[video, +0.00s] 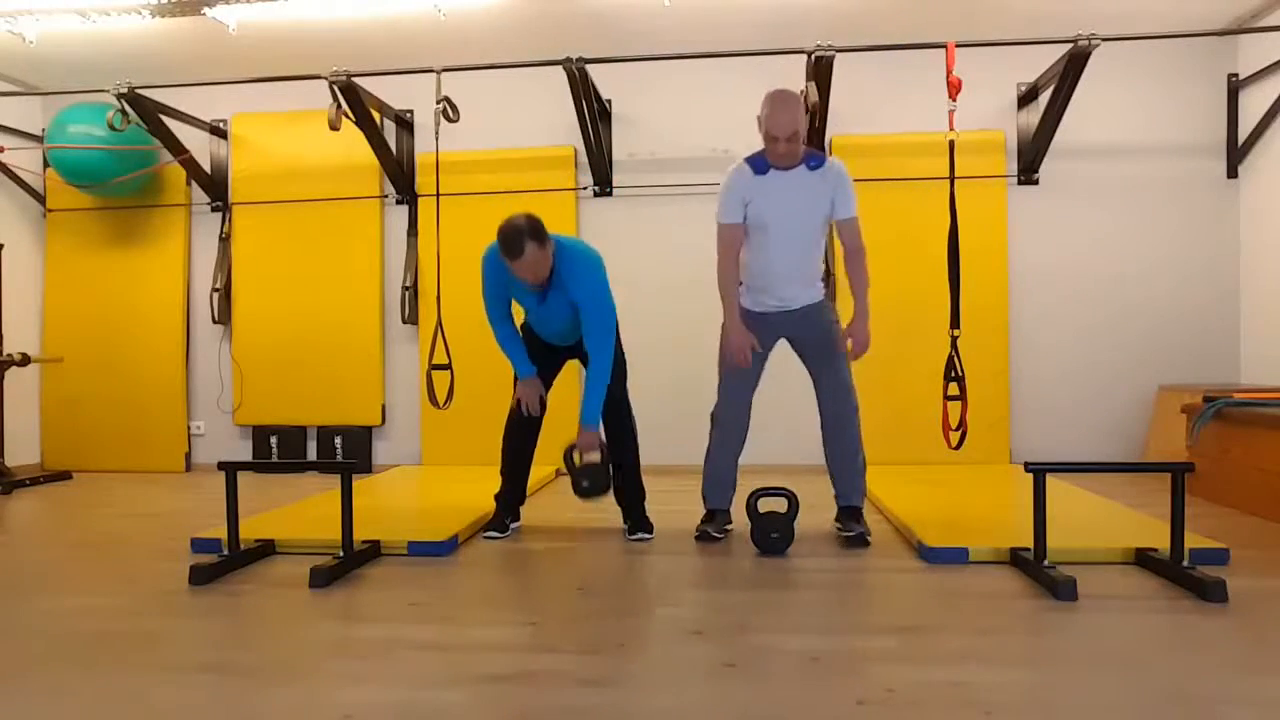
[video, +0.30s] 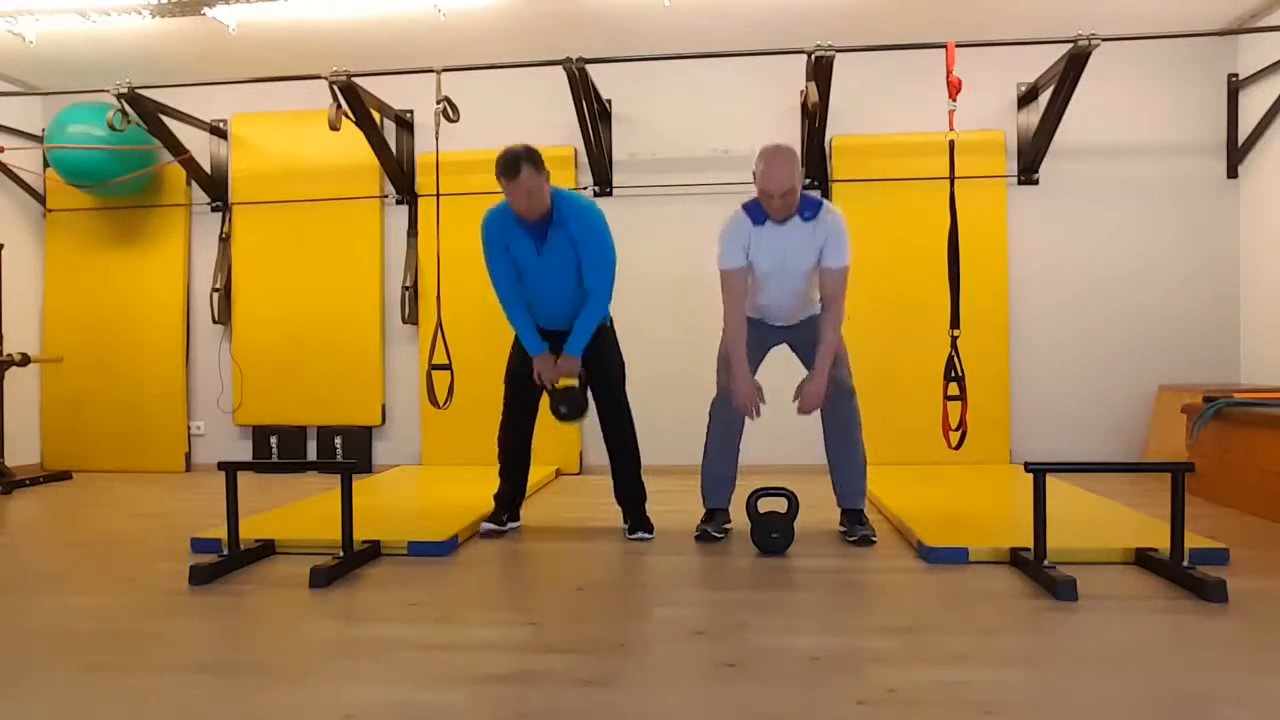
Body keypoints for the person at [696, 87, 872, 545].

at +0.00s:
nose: (785, 146)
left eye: (793, 137)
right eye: (776, 138)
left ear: (805, 129)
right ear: (760, 129)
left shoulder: (831, 174)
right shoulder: (741, 179)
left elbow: (852, 247)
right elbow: (727, 254)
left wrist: (860, 315)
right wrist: (731, 321)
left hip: (812, 311)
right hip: (752, 313)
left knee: (841, 404)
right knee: (729, 409)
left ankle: (850, 509)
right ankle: (717, 510)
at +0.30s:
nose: (777, 203)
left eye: (786, 194)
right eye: (767, 195)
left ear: (801, 182)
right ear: (754, 184)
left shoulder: (829, 221)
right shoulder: (738, 227)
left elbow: (833, 304)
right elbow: (734, 309)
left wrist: (820, 374)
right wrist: (740, 374)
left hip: (809, 322)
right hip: (752, 324)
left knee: (840, 394)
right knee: (727, 399)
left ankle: (853, 510)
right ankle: (716, 509)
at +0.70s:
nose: (772, 275)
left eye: (781, 266)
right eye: (763, 266)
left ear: (797, 249)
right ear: (750, 248)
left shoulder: (824, 282)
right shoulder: (733, 285)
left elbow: (817, 364)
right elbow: (739, 365)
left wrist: (798, 436)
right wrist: (753, 434)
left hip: (805, 344)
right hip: (751, 345)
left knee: (839, 397)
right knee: (722, 401)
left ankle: (853, 511)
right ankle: (712, 509)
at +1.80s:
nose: (774, 211)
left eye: (784, 202)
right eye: (767, 203)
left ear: (803, 205)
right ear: (760, 208)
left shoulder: (833, 256)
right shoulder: (744, 259)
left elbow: (822, 329)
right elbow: (751, 331)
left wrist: (806, 391)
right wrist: (768, 392)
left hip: (813, 343)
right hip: (756, 343)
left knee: (852, 400)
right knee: (723, 403)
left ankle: (853, 511)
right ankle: (713, 511)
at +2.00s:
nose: (774, 149)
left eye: (783, 141)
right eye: (767, 143)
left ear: (801, 150)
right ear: (759, 154)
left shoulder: (828, 205)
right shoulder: (746, 209)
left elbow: (824, 275)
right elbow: (754, 278)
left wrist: (810, 332)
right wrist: (769, 331)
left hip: (815, 322)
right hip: (757, 323)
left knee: (853, 403)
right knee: (724, 407)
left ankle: (854, 512)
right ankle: (713, 512)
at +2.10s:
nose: (775, 132)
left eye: (782, 124)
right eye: (767, 126)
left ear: (797, 129)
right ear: (757, 132)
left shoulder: (824, 176)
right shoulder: (745, 179)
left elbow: (823, 225)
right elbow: (752, 228)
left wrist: (807, 267)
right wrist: (774, 269)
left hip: (812, 312)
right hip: (756, 312)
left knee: (849, 404)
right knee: (727, 405)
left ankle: (854, 512)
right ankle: (713, 511)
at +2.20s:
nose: (772, 127)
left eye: (779, 120)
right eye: (765, 121)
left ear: (795, 124)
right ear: (755, 127)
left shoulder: (818, 162)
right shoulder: (745, 171)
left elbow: (827, 181)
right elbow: (741, 188)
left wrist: (784, 189)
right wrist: (778, 195)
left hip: (811, 306)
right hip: (755, 308)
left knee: (843, 407)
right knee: (730, 409)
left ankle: (854, 512)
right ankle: (713, 511)